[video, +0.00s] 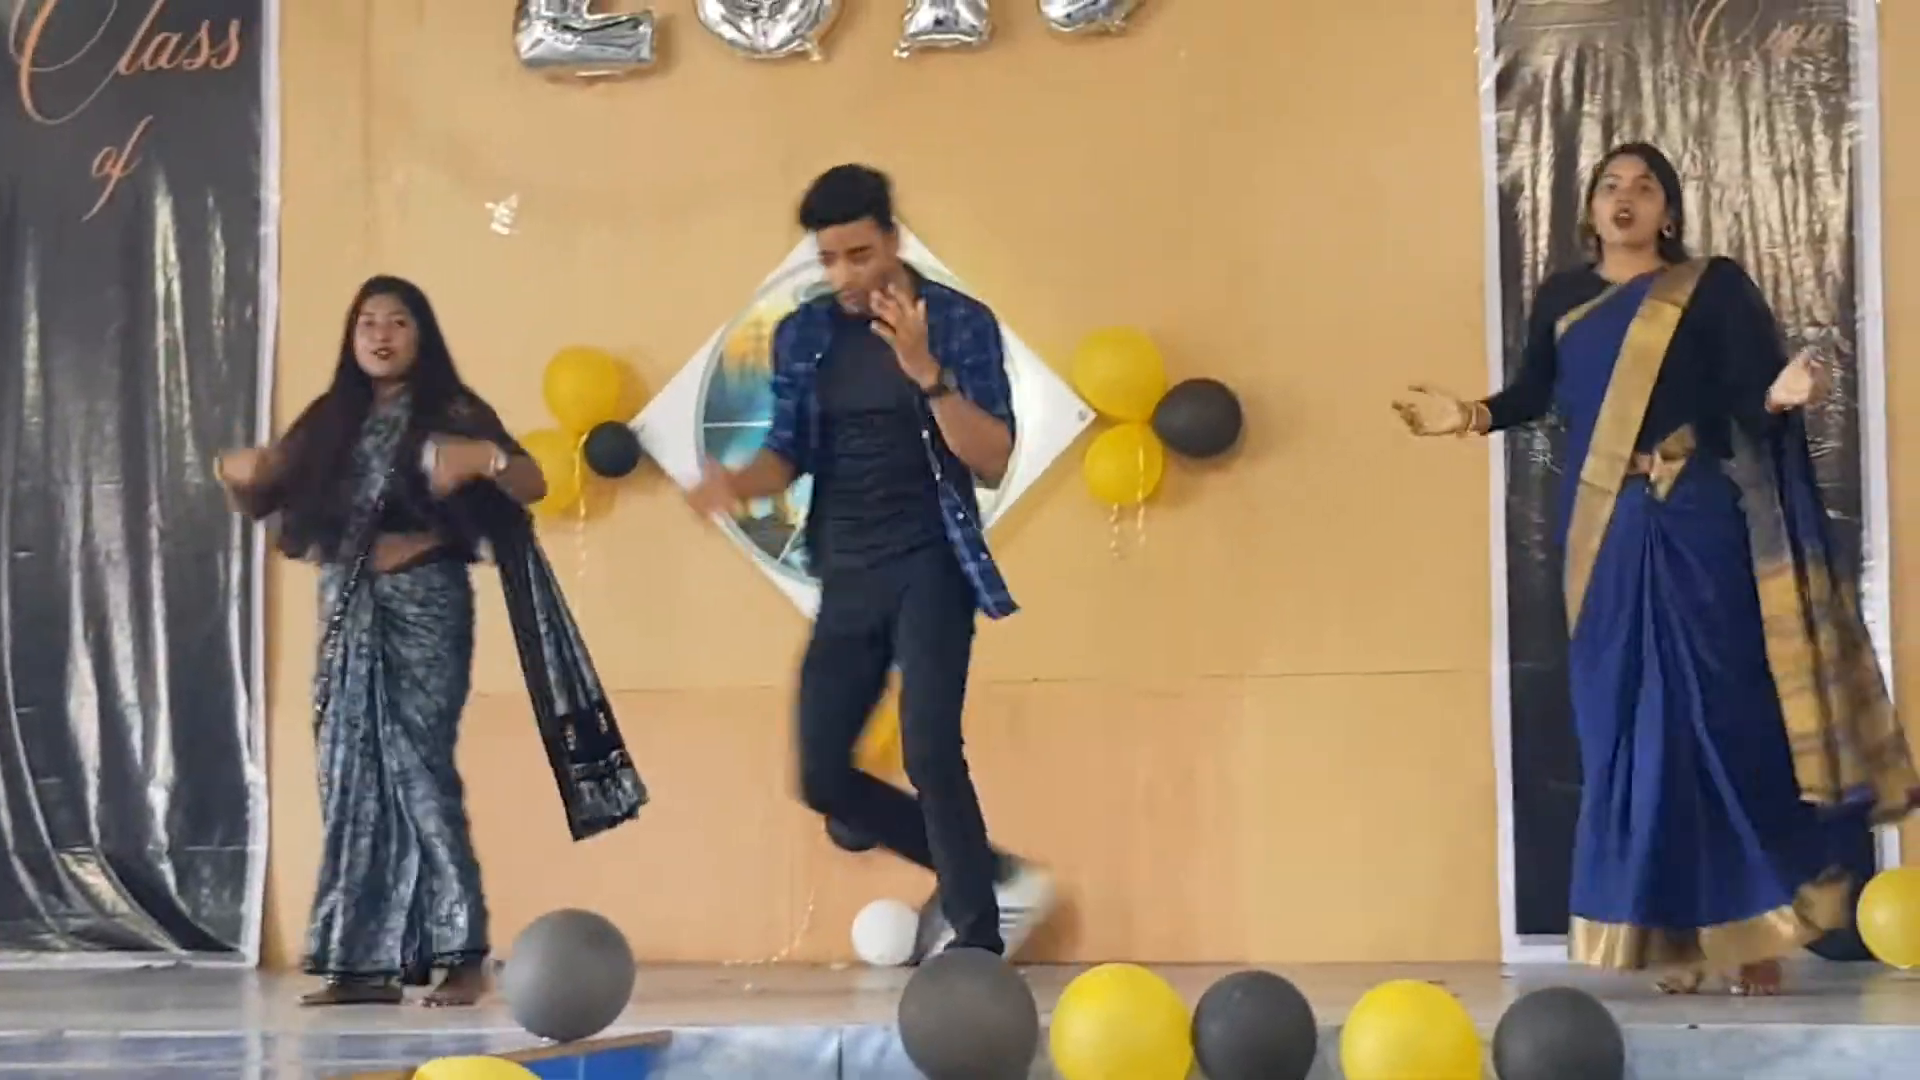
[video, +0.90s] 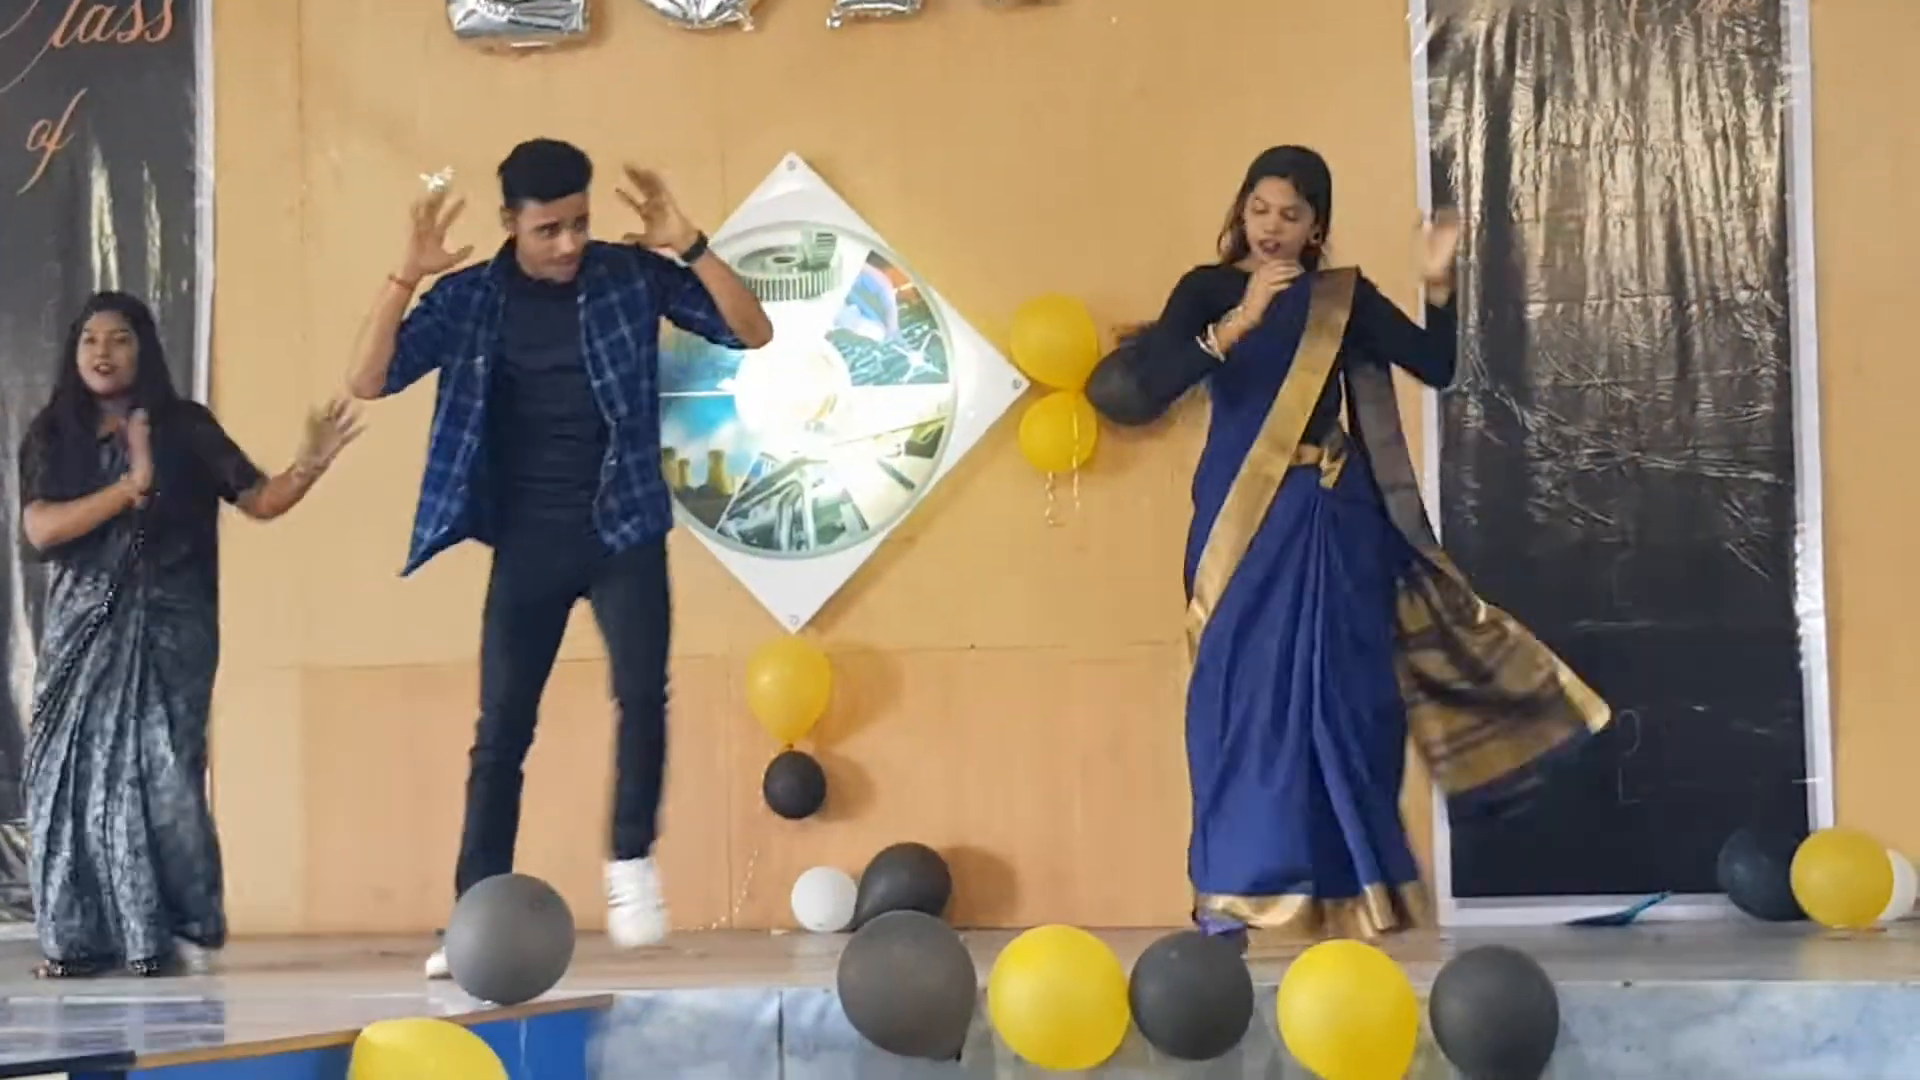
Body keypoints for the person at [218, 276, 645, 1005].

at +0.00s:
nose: (380, 335)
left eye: (396, 324)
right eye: (368, 324)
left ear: (423, 336)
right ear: (351, 336)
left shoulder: (456, 413)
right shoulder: (331, 419)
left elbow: (532, 485)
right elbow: (272, 504)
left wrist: (485, 459)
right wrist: (246, 482)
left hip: (428, 606)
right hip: (349, 609)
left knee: (419, 768)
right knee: (350, 774)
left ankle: (460, 951)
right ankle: (367, 962)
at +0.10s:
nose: (344, 349)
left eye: (358, 335)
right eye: (330, 337)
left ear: (384, 343)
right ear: (312, 348)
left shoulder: (425, 425)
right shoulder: (283, 428)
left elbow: (483, 507)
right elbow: (232, 518)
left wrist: (456, 509)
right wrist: (251, 544)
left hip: (386, 612)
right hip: (305, 613)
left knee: (360, 776)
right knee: (309, 782)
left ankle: (377, 949)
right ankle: (320, 962)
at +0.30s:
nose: (274, 364)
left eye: (286, 348)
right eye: (261, 352)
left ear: (317, 351)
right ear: (247, 362)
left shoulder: (368, 440)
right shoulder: (231, 438)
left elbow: (396, 544)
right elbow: (195, 545)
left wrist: (443, 512)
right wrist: (233, 508)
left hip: (330, 633)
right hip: (247, 630)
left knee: (318, 790)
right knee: (234, 785)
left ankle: (314, 964)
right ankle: (218, 959)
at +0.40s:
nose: (232, 346)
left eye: (245, 330)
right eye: (218, 334)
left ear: (278, 331)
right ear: (206, 341)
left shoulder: (328, 408)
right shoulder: (196, 417)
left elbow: (386, 501)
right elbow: (157, 514)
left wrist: (439, 462)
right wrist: (211, 449)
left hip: (299, 614)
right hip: (213, 613)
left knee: (300, 773)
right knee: (178, 762)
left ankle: (328, 955)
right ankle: (151, 930)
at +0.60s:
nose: (159, 367)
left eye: (172, 353)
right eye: (144, 356)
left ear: (198, 358)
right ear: (126, 366)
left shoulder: (238, 426)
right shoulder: (114, 437)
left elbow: (326, 479)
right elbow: (108, 519)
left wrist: (389, 451)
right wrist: (200, 482)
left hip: (234, 623)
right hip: (146, 630)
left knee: (263, 772)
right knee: (119, 774)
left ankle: (317, 941)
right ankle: (89, 949)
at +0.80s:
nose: (113, 354)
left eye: (128, 341)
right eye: (100, 342)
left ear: (153, 349)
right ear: (83, 352)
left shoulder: (191, 420)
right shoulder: (59, 429)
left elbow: (280, 466)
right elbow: (60, 506)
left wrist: (356, 442)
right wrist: (166, 482)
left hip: (183, 627)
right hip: (91, 631)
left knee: (195, 769)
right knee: (80, 774)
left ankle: (223, 917)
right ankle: (83, 934)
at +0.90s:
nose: (102, 352)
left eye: (118, 339)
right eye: (90, 340)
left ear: (145, 350)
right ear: (72, 353)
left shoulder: (184, 424)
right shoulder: (53, 432)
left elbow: (259, 499)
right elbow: (40, 529)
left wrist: (309, 465)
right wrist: (127, 487)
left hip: (170, 624)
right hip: (83, 628)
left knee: (160, 772)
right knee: (74, 773)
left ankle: (153, 934)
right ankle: (74, 937)